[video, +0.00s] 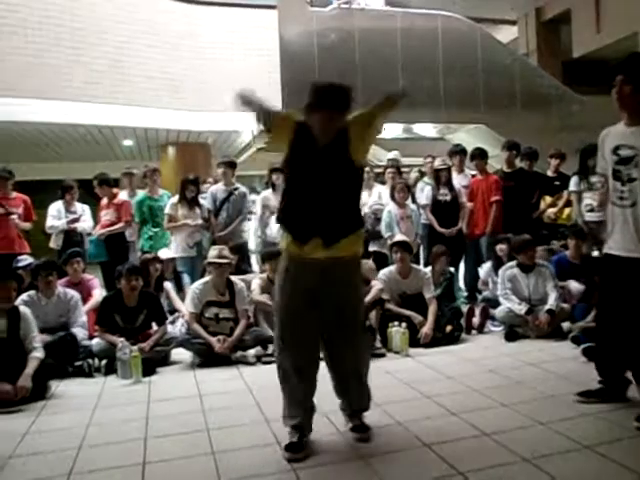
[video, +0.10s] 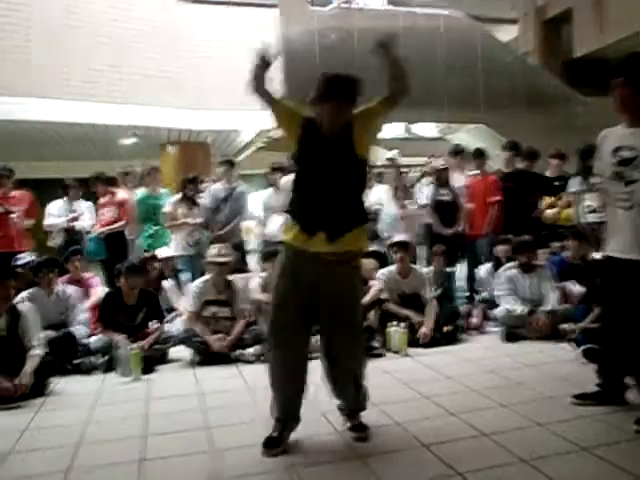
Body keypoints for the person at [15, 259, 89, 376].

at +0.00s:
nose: (49, 279)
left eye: (51, 275)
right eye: (44, 276)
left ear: (57, 277)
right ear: (36, 281)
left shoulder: (71, 297)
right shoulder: (26, 301)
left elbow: (82, 331)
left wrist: (52, 338)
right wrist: (35, 338)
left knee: (70, 339)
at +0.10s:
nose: (49, 278)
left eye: (51, 273)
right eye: (44, 275)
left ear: (57, 274)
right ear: (37, 278)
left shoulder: (73, 293)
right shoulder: (26, 299)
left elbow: (83, 329)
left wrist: (57, 334)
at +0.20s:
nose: (51, 270)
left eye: (54, 266)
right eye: (46, 267)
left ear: (60, 269)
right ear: (40, 272)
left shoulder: (74, 289)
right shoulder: (29, 292)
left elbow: (83, 321)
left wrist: (56, 329)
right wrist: (39, 329)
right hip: (39, 336)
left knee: (71, 332)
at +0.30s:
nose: (47, 268)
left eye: (50, 264)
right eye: (42, 265)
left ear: (56, 266)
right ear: (36, 270)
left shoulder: (70, 287)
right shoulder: (25, 290)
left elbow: (80, 319)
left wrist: (53, 328)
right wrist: (35, 327)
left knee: (68, 330)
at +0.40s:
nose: (45, 268)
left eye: (48, 264)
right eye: (40, 266)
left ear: (54, 266)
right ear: (34, 270)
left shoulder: (68, 286)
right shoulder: (23, 290)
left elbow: (79, 319)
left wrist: (53, 328)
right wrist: (33, 327)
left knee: (66, 332)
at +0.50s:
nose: (39, 267)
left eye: (42, 263)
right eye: (34, 264)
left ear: (49, 266)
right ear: (28, 269)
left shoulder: (62, 286)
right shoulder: (17, 288)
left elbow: (73, 319)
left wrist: (46, 327)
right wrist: (26, 326)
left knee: (60, 331)